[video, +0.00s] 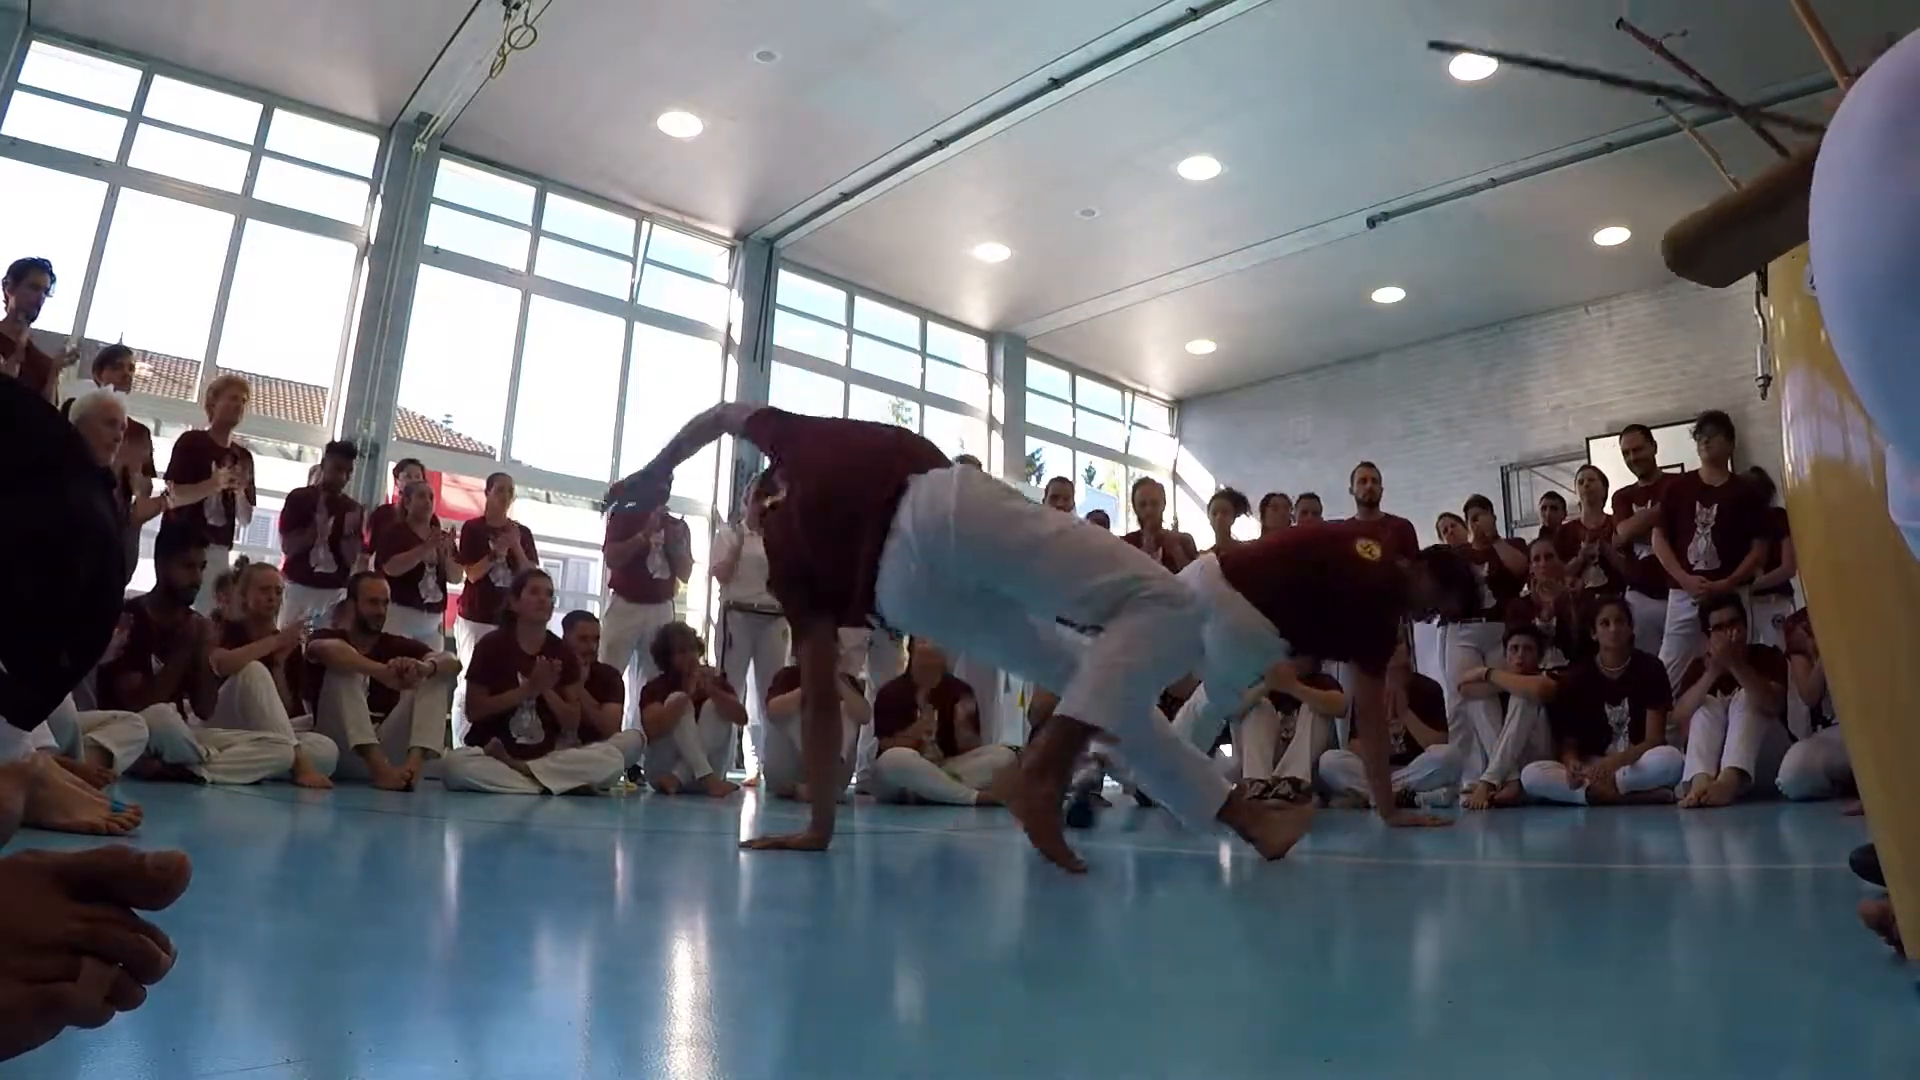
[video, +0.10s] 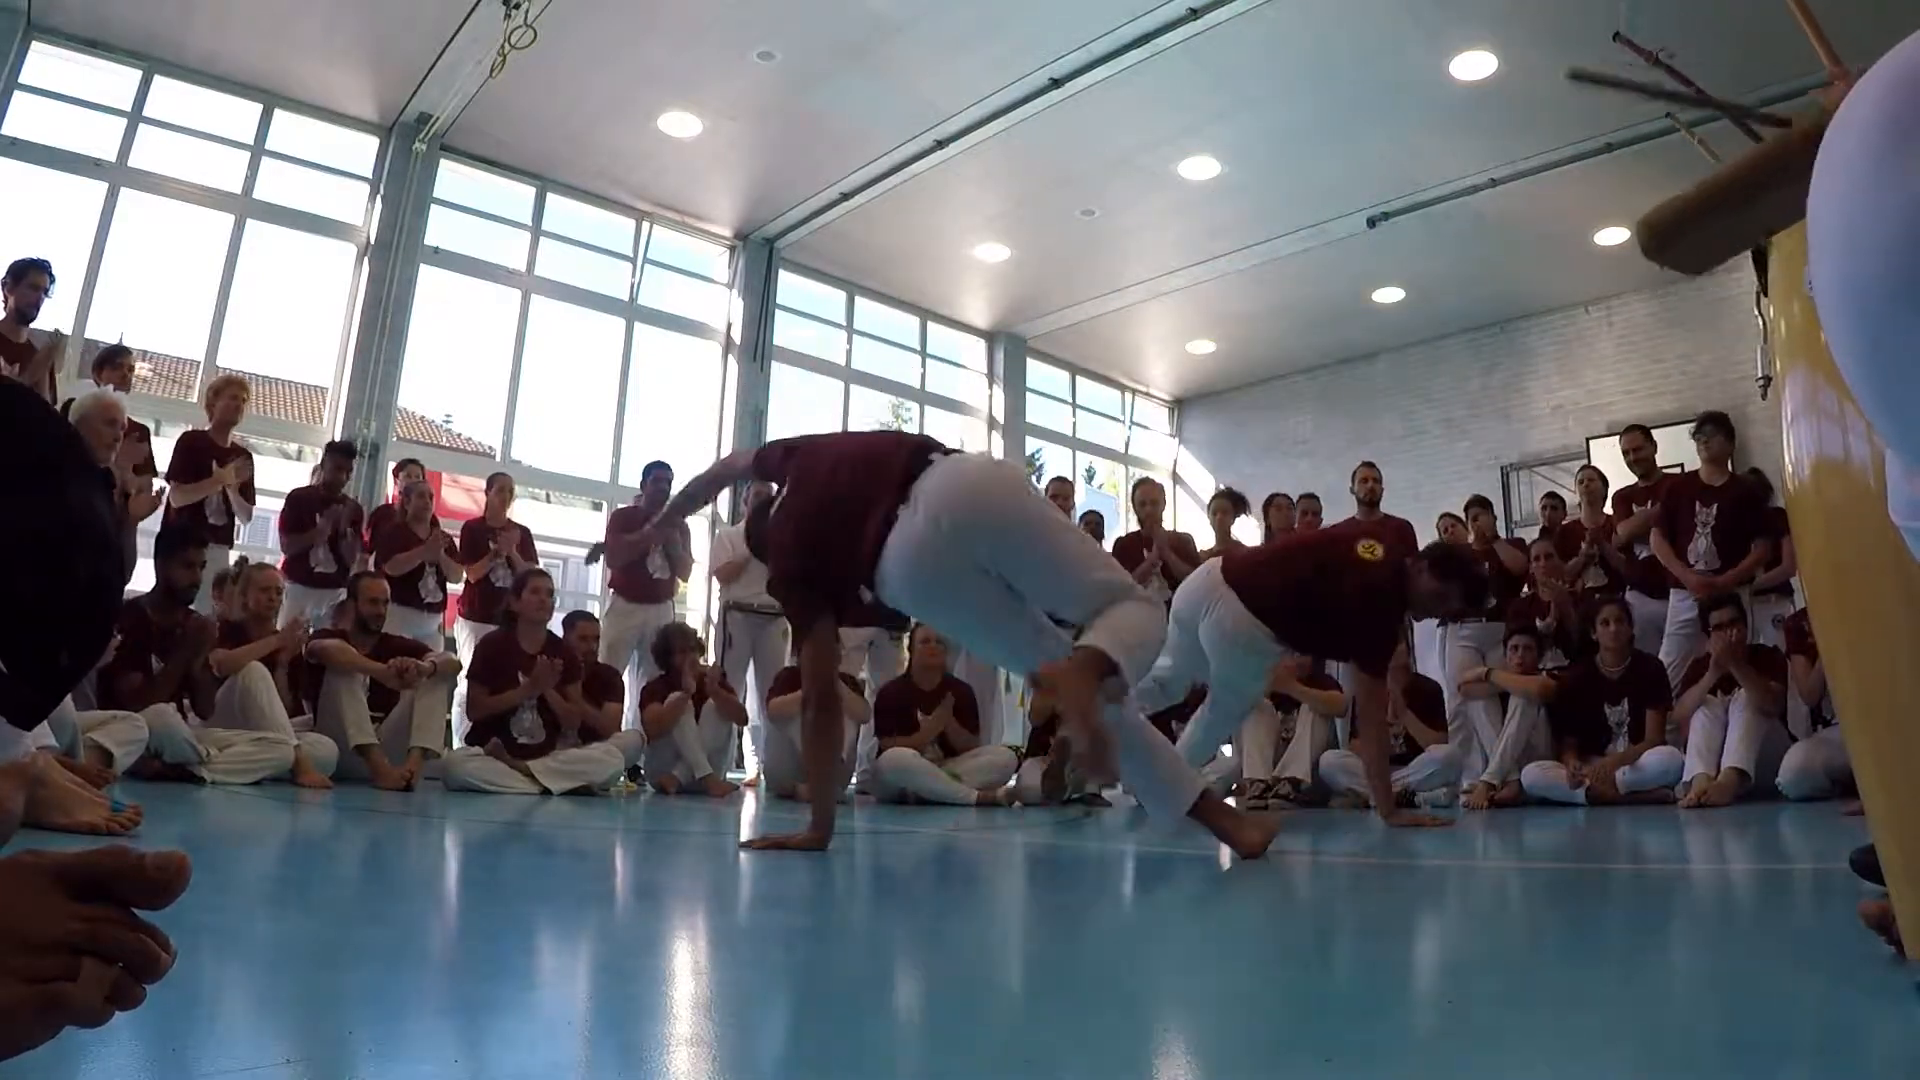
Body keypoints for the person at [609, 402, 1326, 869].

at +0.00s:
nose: (762, 502)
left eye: (760, 510)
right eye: (764, 499)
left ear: (760, 522)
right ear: (777, 482)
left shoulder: (797, 566)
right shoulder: (807, 449)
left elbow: (819, 693)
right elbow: (723, 415)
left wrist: (817, 823)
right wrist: (646, 477)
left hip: (906, 602)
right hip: (933, 507)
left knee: (1094, 687)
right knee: (1160, 604)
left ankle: (1245, 815)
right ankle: (1037, 776)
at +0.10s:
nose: (764, 570)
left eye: (758, 565)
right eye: (759, 558)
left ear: (762, 551)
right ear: (775, 497)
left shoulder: (793, 568)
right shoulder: (805, 460)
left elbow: (821, 695)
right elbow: (729, 465)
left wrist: (817, 827)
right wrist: (660, 518)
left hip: (909, 568)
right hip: (952, 482)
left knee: (1081, 689)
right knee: (1130, 603)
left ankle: (1230, 824)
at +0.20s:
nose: (782, 613)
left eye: (771, 600)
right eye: (771, 604)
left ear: (773, 576)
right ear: (778, 536)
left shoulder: (800, 565)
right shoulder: (824, 485)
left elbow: (826, 698)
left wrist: (819, 829)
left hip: (940, 536)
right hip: (998, 469)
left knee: (1069, 700)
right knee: (1085, 635)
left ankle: (1224, 822)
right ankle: (1147, 624)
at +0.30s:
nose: (807, 633)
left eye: (794, 622)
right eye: (799, 623)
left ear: (789, 596)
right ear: (803, 563)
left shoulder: (814, 563)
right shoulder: (852, 521)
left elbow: (831, 698)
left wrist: (818, 829)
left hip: (975, 511)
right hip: (1032, 466)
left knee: (1060, 699)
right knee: (1069, 627)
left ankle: (1220, 808)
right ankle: (1206, 667)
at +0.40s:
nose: (835, 658)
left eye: (825, 650)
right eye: (827, 655)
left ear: (823, 612)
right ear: (841, 599)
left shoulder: (843, 561)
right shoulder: (894, 571)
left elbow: (843, 705)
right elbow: (895, 686)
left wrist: (819, 830)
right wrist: (891, 786)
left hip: (1012, 499)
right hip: (1059, 457)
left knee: (1074, 693)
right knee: (1079, 632)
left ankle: (1237, 798)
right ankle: (1231, 723)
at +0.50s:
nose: (852, 685)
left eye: (845, 676)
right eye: (844, 681)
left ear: (846, 638)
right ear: (865, 626)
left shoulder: (873, 589)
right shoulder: (923, 608)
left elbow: (860, 716)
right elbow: (938, 713)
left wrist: (819, 832)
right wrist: (936, 816)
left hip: (1060, 473)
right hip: (1090, 465)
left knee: (1090, 684)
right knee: (1106, 646)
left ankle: (1253, 783)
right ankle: (1229, 730)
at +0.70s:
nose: (948, 694)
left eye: (942, 687)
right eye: (943, 692)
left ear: (942, 643)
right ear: (951, 640)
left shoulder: (971, 577)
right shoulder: (982, 604)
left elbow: (944, 702)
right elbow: (965, 713)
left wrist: (871, 798)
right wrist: (941, 817)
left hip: (1148, 470)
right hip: (1145, 481)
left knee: (1137, 642)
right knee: (1144, 643)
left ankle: (1270, 775)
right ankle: (1263, 772)